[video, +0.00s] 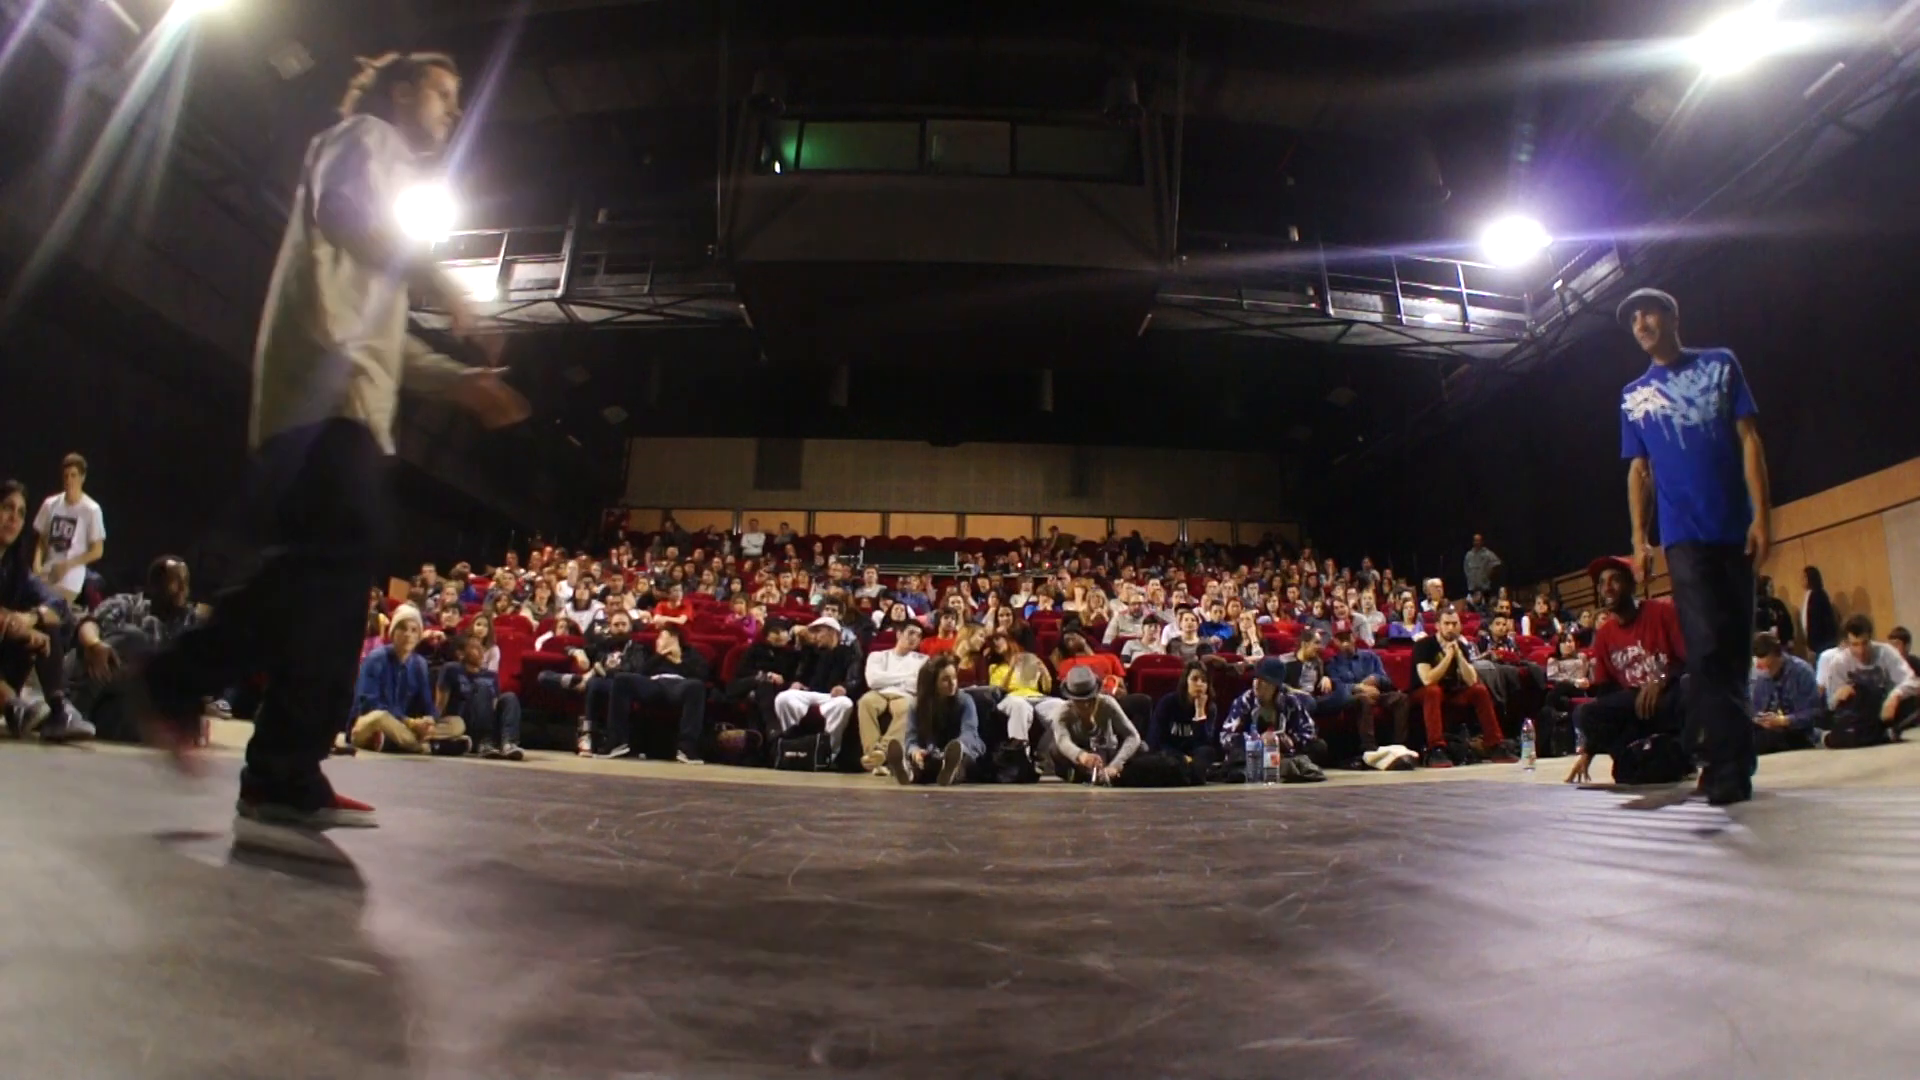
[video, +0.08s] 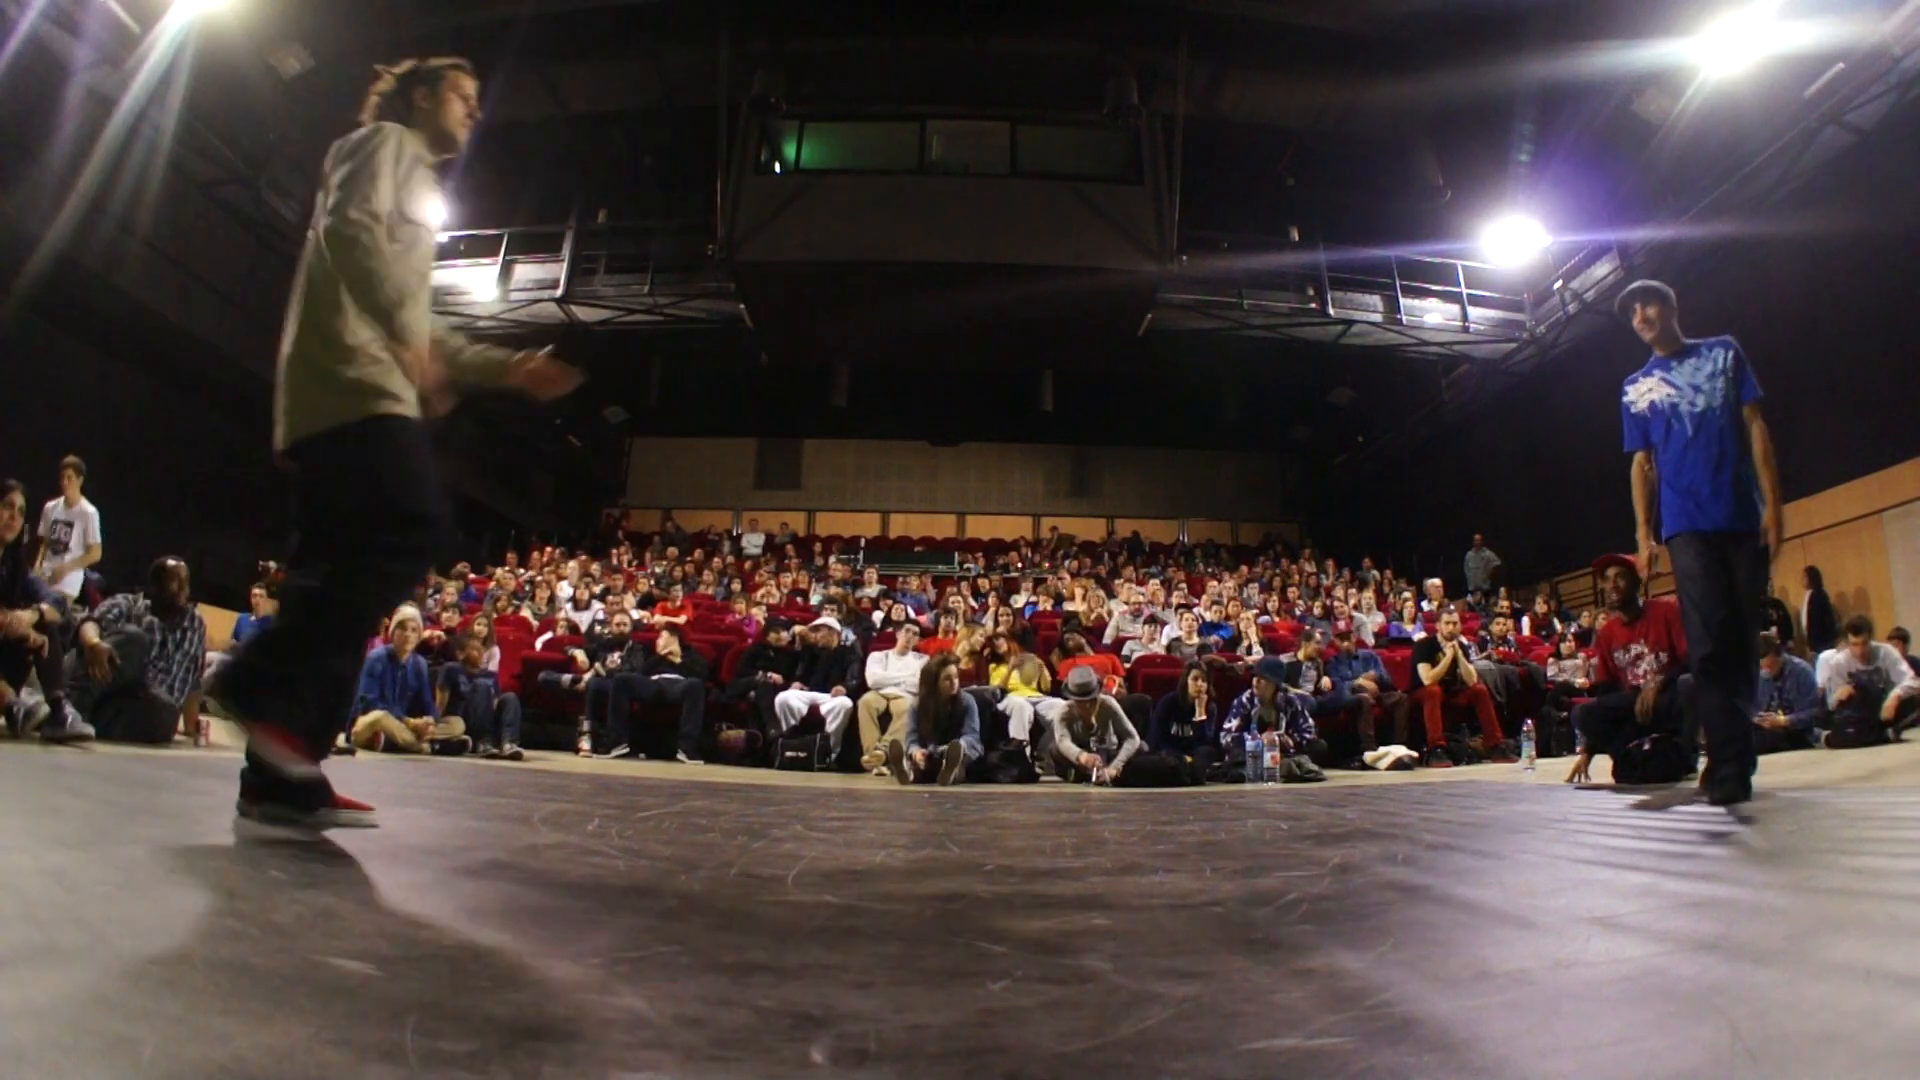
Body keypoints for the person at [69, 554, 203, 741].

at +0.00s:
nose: (173, 589)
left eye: (179, 583)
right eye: (166, 582)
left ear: (186, 587)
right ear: (153, 584)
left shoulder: (193, 620)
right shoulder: (127, 605)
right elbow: (89, 622)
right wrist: (93, 644)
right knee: (131, 637)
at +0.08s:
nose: (175, 589)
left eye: (181, 583)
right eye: (169, 581)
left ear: (187, 588)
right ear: (155, 583)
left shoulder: (194, 625)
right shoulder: (128, 604)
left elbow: (193, 683)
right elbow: (90, 622)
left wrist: (191, 730)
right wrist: (93, 643)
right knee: (134, 639)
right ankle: (70, 707)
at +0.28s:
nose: (173, 588)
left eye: (179, 582)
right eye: (166, 580)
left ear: (186, 587)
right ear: (154, 582)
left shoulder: (194, 624)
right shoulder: (129, 604)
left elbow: (193, 682)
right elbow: (89, 622)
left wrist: (191, 730)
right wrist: (93, 643)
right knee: (134, 639)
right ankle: (72, 708)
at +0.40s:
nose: (180, 588)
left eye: (184, 582)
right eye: (173, 581)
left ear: (188, 587)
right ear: (157, 583)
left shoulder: (194, 624)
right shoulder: (129, 605)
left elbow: (193, 682)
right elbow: (90, 622)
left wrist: (192, 731)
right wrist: (93, 643)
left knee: (160, 719)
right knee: (133, 639)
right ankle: (70, 705)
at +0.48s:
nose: (180, 588)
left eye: (184, 583)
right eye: (173, 581)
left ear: (188, 587)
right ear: (155, 584)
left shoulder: (194, 624)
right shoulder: (127, 605)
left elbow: (194, 683)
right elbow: (88, 625)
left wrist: (191, 729)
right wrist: (93, 643)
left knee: (162, 720)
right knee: (134, 639)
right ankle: (69, 708)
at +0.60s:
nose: (178, 589)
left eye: (183, 583)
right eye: (171, 581)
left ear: (187, 587)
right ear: (156, 583)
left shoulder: (194, 624)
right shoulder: (130, 605)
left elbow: (194, 682)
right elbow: (89, 624)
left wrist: (191, 730)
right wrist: (93, 644)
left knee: (161, 720)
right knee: (133, 638)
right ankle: (71, 707)